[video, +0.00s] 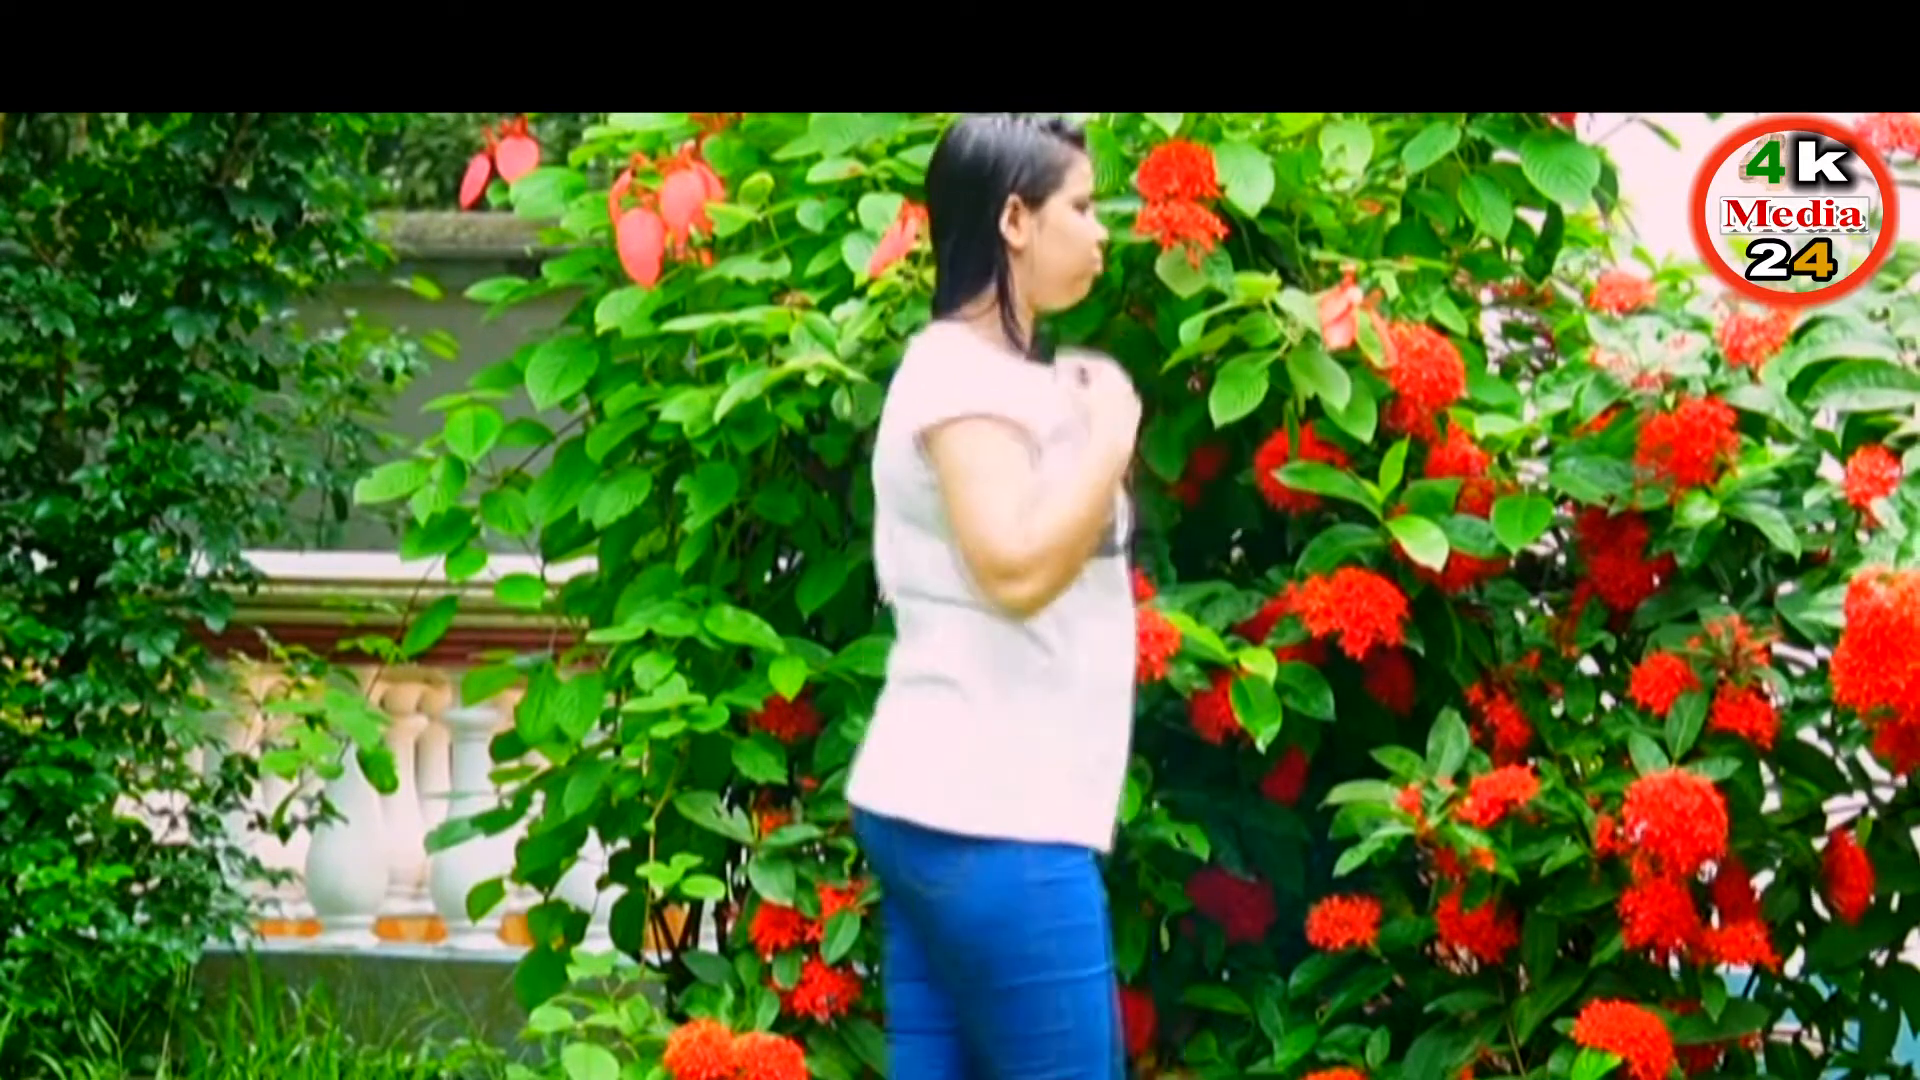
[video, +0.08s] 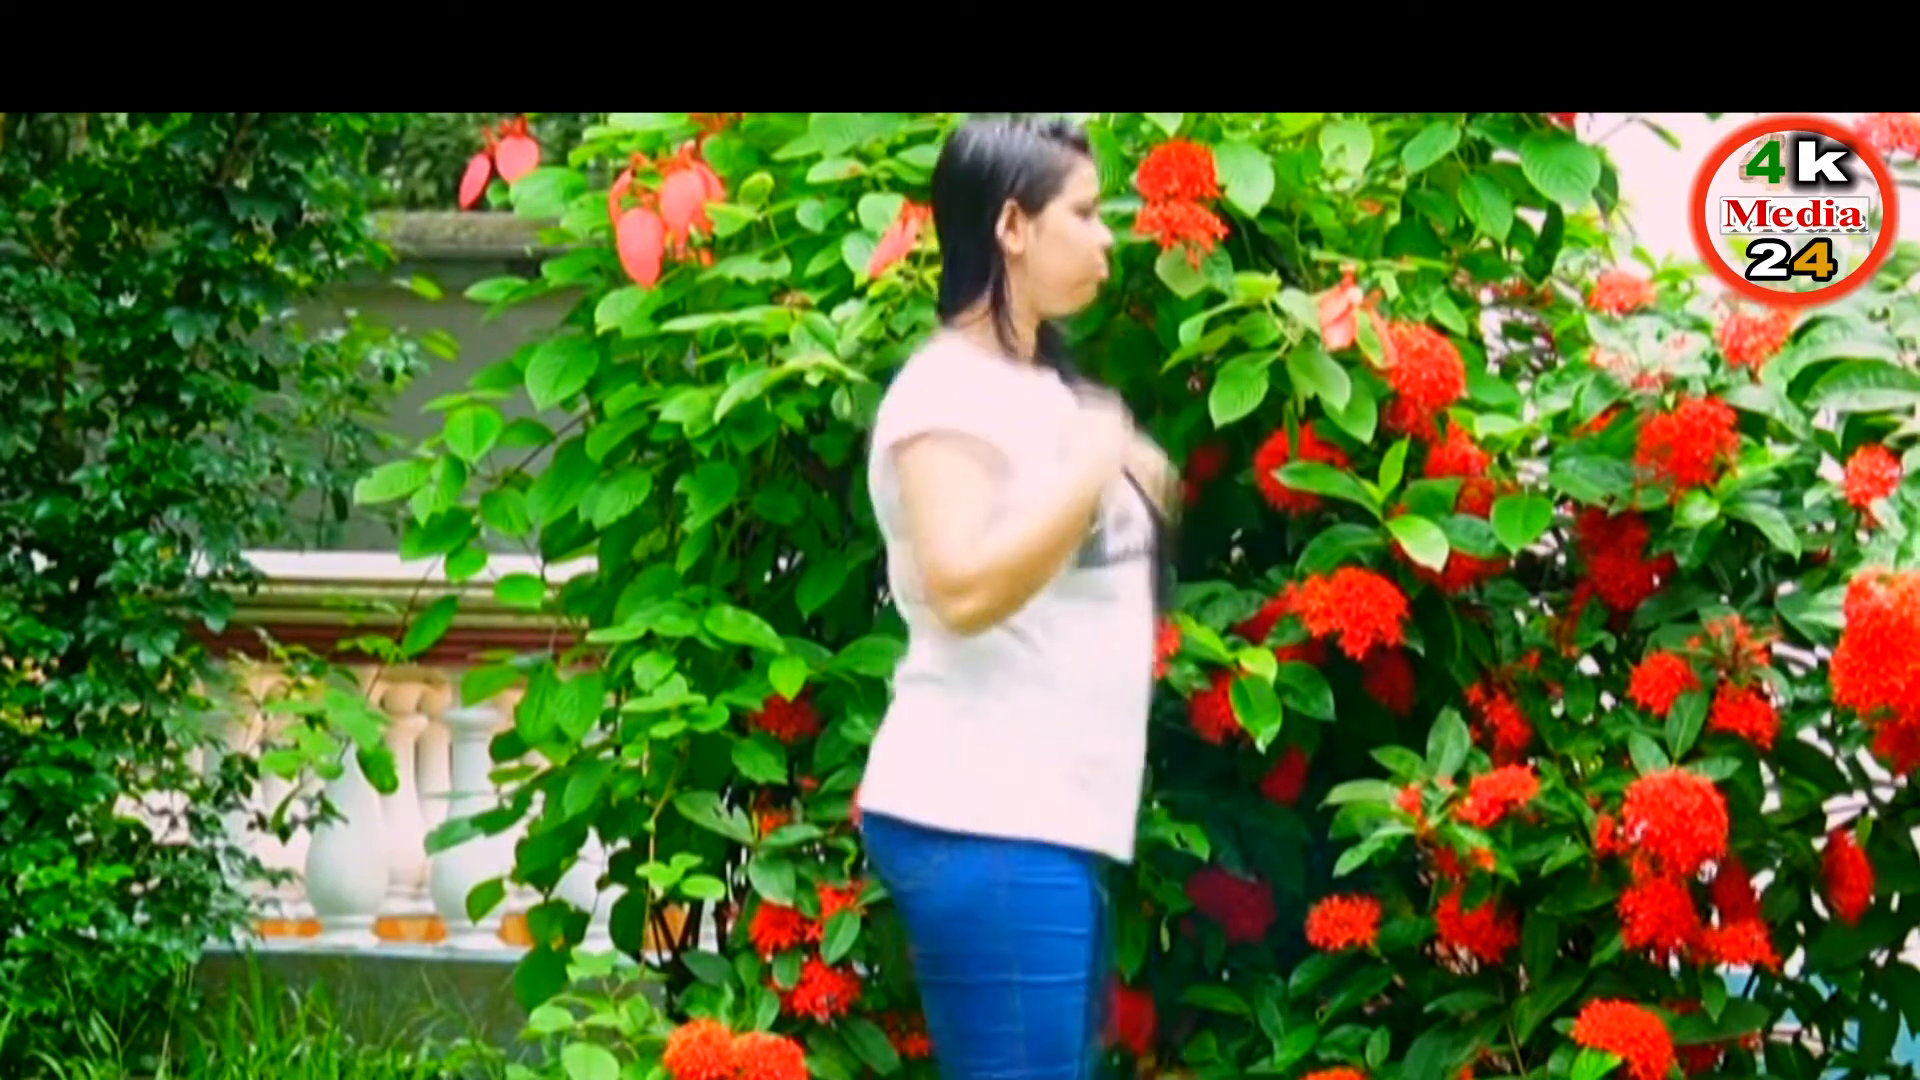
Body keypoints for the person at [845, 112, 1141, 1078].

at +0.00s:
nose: (1101, 233)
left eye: (1095, 208)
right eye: (1084, 208)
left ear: (1024, 229)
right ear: (1017, 224)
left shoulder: (999, 366)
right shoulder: (958, 365)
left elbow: (1018, 567)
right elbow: (1014, 570)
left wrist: (1092, 433)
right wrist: (1112, 431)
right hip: (992, 813)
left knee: (934, 1066)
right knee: (1070, 1065)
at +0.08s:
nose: (1107, 241)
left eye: (1101, 214)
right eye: (1088, 215)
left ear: (1023, 234)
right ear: (1012, 230)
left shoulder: (1045, 391)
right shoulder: (945, 385)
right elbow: (962, 592)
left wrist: (1139, 486)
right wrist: (1098, 462)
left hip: (1051, 818)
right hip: (982, 820)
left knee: (1060, 1061)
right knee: (1019, 1065)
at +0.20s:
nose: (1111, 265)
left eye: (1108, 240)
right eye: (1089, 239)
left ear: (1021, 255)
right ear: (1008, 252)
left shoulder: (1076, 419)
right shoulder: (929, 423)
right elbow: (901, 629)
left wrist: (1174, 563)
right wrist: (1064, 526)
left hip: (1102, 853)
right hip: (975, 847)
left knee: (1154, 1068)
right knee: (977, 1068)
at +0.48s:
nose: (1133, 239)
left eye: (1141, 217)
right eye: (1106, 212)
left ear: (1146, 232)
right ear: (1023, 219)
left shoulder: (1162, 397)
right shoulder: (915, 394)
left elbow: (1195, 579)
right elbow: (861, 596)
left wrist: (1243, 681)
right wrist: (1045, 558)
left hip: (1169, 814)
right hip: (989, 822)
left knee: (1137, 1068)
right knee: (1005, 1070)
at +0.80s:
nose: (1117, 239)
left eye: (1138, 219)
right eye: (1089, 211)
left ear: (1160, 241)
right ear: (1023, 224)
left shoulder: (1208, 393)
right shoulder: (931, 416)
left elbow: (1263, 577)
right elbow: (870, 610)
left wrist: (1322, 654)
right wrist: (934, 691)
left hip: (1169, 837)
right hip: (983, 841)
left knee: (1153, 1070)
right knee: (951, 1068)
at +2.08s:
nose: (979, 251)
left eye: (1011, 232)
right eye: (958, 221)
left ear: (1045, 261)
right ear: (914, 233)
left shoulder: (1074, 428)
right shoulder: (813, 410)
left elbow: (1107, 629)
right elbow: (726, 592)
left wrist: (1168, 682)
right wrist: (592, 638)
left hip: (974, 863)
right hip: (784, 848)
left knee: (1010, 1074)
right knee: (776, 1074)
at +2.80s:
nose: (1068, 267)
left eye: (1099, 246)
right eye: (1046, 237)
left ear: (1138, 272)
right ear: (1007, 250)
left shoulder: (1145, 408)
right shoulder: (977, 439)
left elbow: (1213, 613)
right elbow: (910, 641)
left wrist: (1207, 769)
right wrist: (772, 758)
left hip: (1083, 864)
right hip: (929, 849)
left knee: (1059, 1069)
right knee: (874, 1070)